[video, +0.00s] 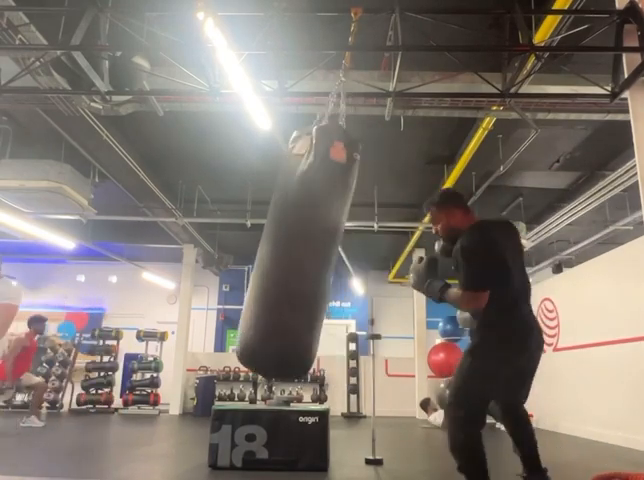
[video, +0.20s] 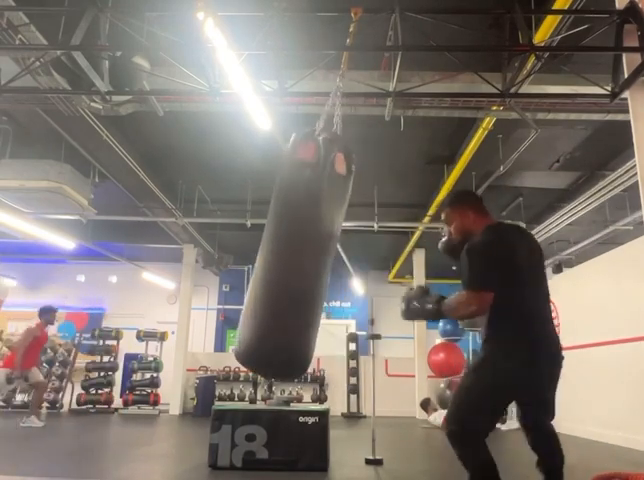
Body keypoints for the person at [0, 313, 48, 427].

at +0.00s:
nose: (44, 327)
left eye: (44, 324)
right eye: (41, 324)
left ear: (38, 326)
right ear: (33, 325)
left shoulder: (33, 341)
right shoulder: (21, 340)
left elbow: (29, 360)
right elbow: (9, 359)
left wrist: (30, 373)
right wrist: (9, 380)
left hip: (23, 373)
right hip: (13, 374)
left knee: (42, 384)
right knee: (41, 385)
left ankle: (34, 415)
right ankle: (31, 416)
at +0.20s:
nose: (55, 318)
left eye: (55, 316)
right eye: (52, 316)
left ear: (48, 317)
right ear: (44, 316)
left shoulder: (44, 333)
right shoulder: (32, 330)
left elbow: (36, 351)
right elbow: (19, 348)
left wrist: (38, 365)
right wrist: (17, 368)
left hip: (30, 365)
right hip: (23, 365)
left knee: (42, 384)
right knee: (41, 385)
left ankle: (34, 414)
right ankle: (31, 416)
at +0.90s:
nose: (74, 310)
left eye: (74, 307)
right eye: (72, 307)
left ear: (68, 307)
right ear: (64, 306)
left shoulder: (64, 324)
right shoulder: (52, 321)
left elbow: (60, 343)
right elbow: (41, 339)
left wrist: (65, 357)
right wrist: (39, 359)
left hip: (56, 358)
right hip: (50, 358)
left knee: (42, 386)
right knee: (64, 381)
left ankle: (31, 415)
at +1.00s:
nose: (79, 312)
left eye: (79, 309)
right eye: (77, 309)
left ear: (73, 309)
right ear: (69, 308)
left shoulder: (69, 325)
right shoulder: (56, 322)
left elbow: (67, 344)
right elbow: (45, 341)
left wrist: (69, 360)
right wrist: (43, 361)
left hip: (64, 360)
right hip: (56, 360)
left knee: (47, 388)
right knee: (69, 384)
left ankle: (32, 415)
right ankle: (76, 414)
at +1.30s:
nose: (94, 327)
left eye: (95, 324)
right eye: (93, 323)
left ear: (91, 323)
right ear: (86, 322)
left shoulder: (85, 337)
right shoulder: (72, 336)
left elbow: (80, 356)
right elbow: (60, 354)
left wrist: (82, 370)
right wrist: (59, 374)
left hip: (78, 369)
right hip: (69, 368)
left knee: (64, 402)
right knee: (91, 386)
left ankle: (34, 414)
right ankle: (87, 420)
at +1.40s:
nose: (97, 332)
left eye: (98, 329)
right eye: (95, 328)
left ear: (96, 328)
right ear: (88, 327)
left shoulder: (87, 341)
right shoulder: (74, 340)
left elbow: (83, 359)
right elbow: (65, 359)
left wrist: (85, 372)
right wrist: (63, 378)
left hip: (79, 372)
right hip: (70, 371)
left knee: (65, 405)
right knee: (93, 386)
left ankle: (34, 413)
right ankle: (88, 420)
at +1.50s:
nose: (98, 338)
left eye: (99, 335)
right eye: (97, 335)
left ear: (96, 334)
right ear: (92, 332)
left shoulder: (89, 346)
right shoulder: (78, 345)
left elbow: (83, 364)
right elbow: (66, 362)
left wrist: (87, 375)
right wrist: (66, 381)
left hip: (82, 377)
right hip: (73, 377)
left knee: (66, 410)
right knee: (95, 388)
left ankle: (37, 413)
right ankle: (89, 420)